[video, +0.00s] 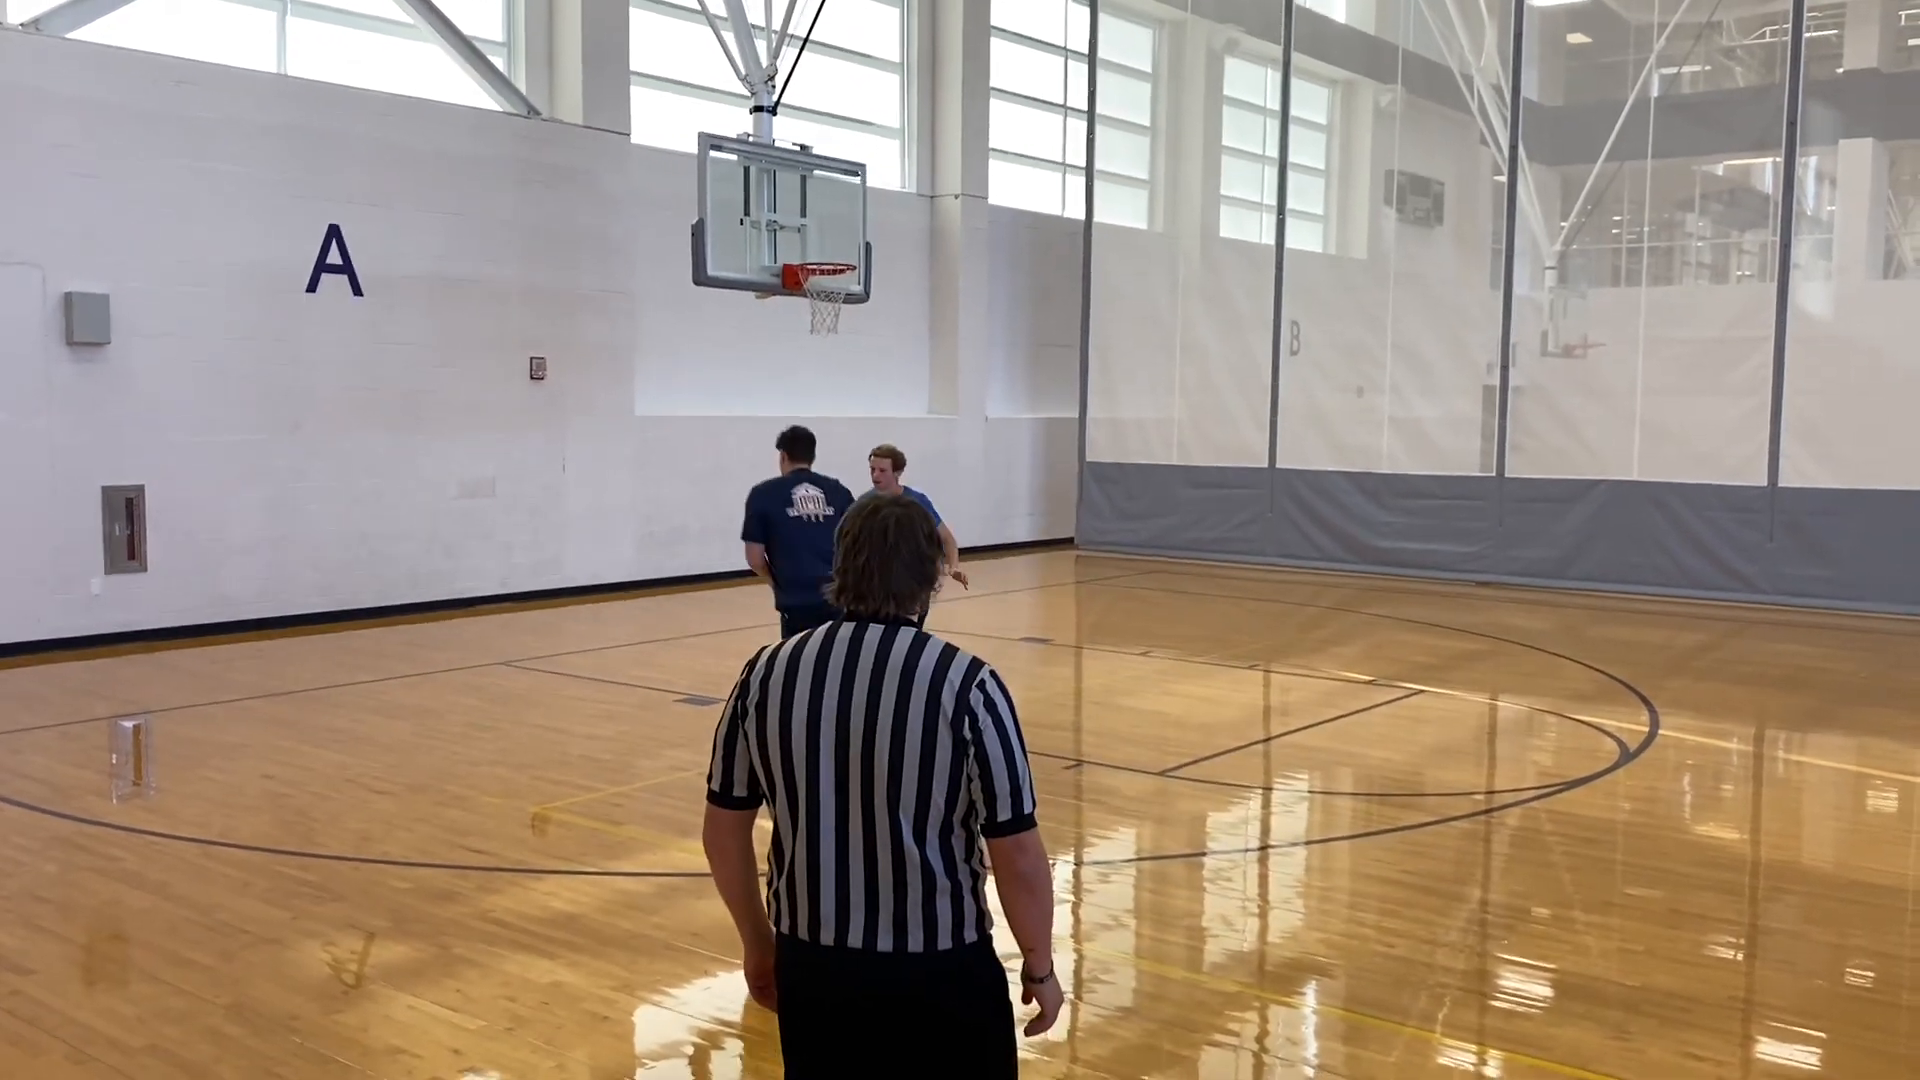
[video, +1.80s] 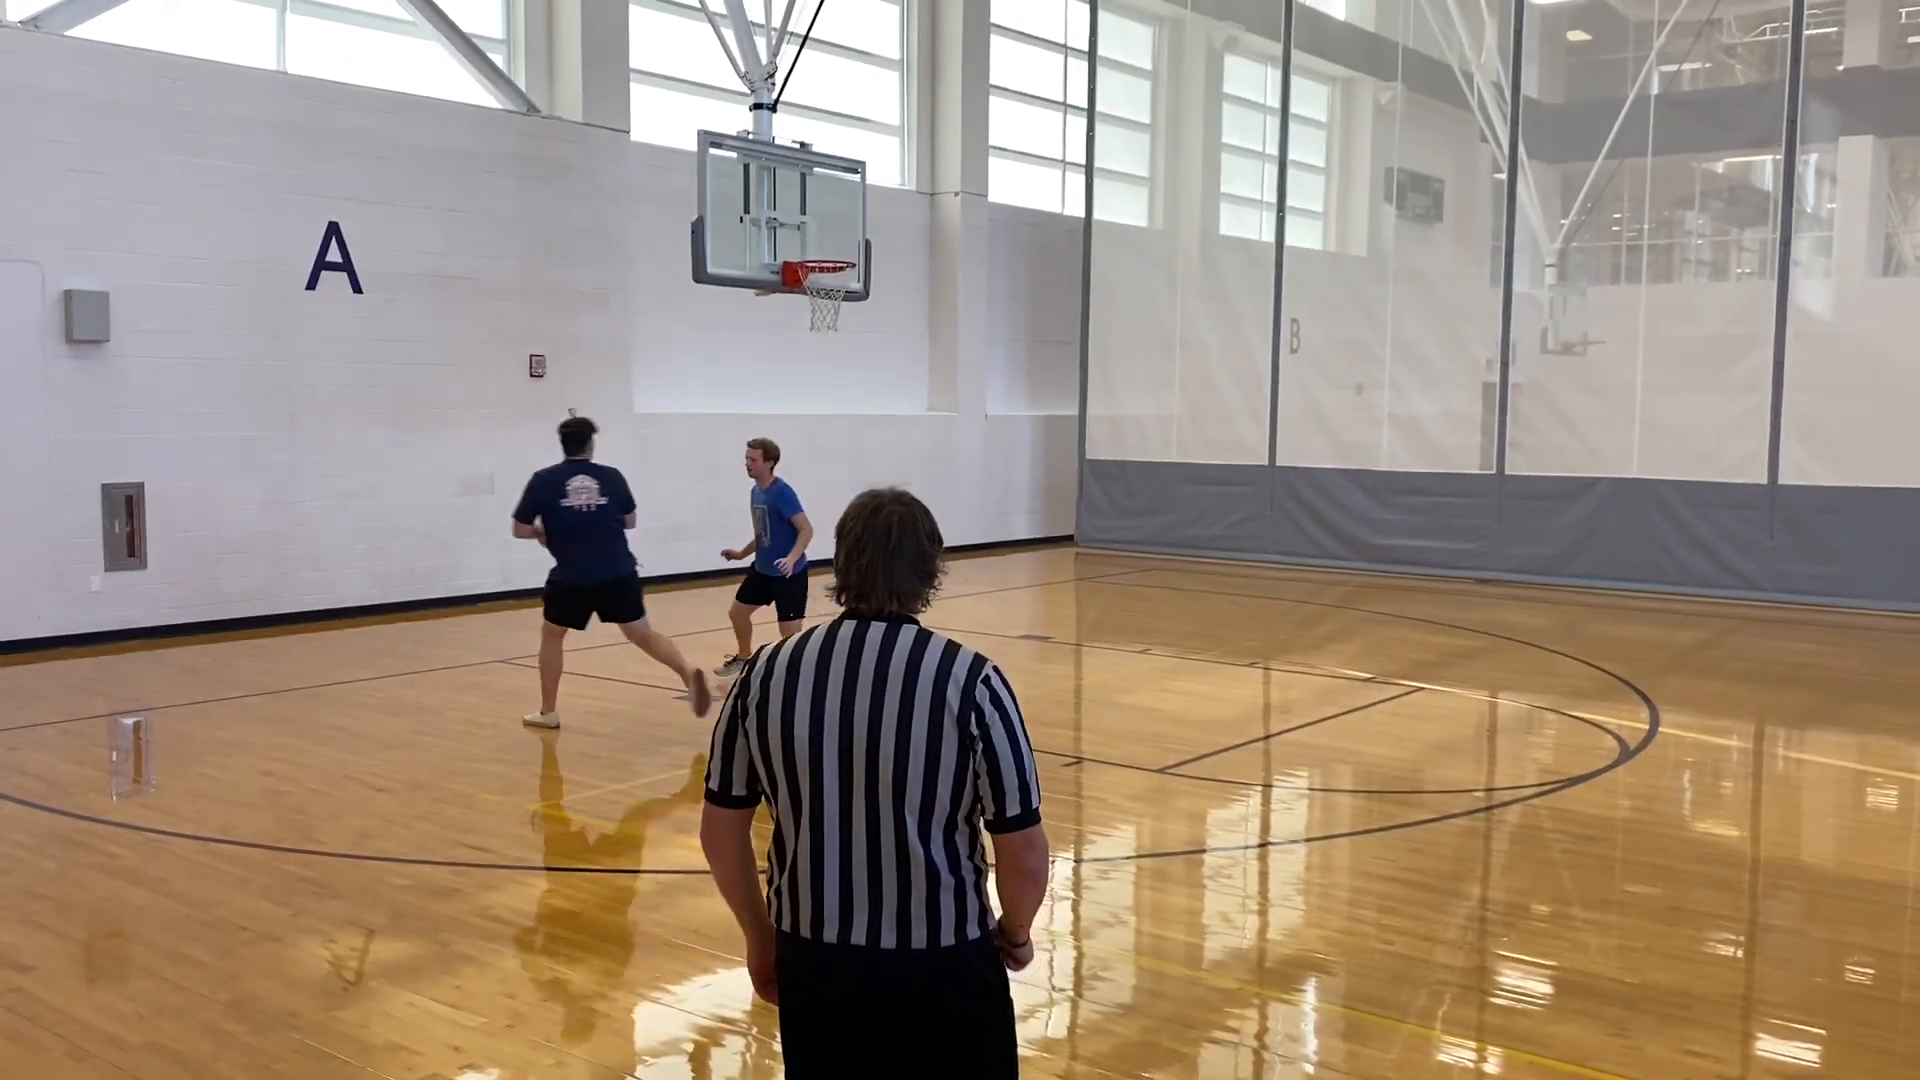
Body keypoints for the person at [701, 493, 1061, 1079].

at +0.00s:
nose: (942, 575)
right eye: (938, 562)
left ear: (842, 564)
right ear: (930, 575)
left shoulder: (768, 669)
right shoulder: (968, 683)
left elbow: (723, 828)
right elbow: (1016, 853)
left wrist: (756, 940)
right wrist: (1039, 963)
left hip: (812, 976)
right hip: (945, 978)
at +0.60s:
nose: (939, 573)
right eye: (935, 561)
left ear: (841, 564)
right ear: (929, 572)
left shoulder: (768, 671)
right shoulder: (969, 682)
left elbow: (724, 826)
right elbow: (1019, 851)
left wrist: (757, 940)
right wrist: (1037, 953)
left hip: (815, 974)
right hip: (948, 977)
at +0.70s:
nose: (938, 573)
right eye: (934, 560)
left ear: (841, 566)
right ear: (929, 572)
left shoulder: (768, 670)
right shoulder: (967, 681)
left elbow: (723, 826)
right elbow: (1017, 849)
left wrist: (755, 939)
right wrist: (1035, 950)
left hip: (814, 976)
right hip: (945, 978)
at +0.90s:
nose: (938, 570)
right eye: (934, 558)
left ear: (841, 566)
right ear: (928, 569)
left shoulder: (765, 670)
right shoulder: (968, 682)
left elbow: (721, 829)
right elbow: (1018, 853)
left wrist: (754, 939)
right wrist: (1032, 949)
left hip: (812, 974)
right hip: (945, 976)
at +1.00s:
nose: (940, 571)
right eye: (936, 558)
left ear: (841, 565)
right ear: (929, 570)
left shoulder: (764, 671)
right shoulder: (968, 682)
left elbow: (721, 830)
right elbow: (1018, 854)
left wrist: (754, 939)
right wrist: (1030, 946)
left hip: (812, 973)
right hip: (945, 975)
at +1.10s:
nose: (939, 570)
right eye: (935, 557)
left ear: (842, 564)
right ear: (930, 569)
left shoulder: (765, 670)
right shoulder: (969, 681)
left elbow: (721, 830)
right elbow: (1020, 854)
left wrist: (755, 939)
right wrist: (1029, 945)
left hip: (812, 973)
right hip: (946, 976)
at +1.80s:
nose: (938, 570)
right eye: (935, 557)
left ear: (842, 564)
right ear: (930, 569)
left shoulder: (766, 671)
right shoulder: (971, 680)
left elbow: (721, 831)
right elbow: (1024, 854)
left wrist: (758, 933)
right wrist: (1014, 929)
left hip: (815, 972)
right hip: (949, 974)